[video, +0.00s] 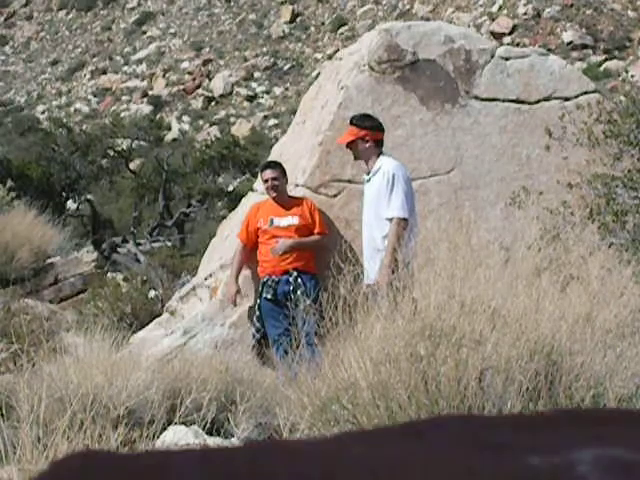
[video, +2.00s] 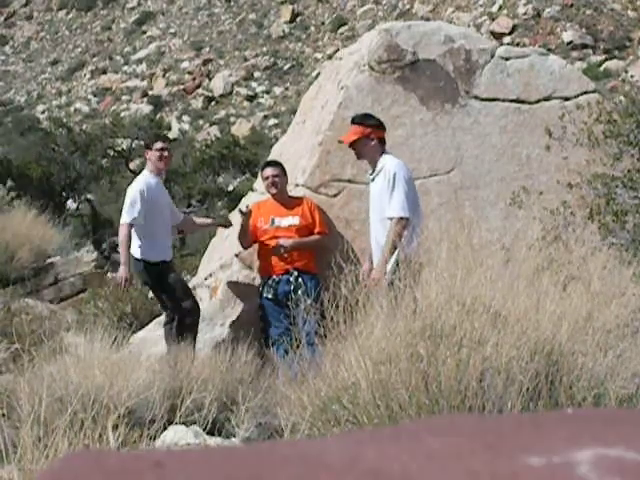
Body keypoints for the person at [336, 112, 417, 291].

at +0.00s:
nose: (349, 147)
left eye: (353, 142)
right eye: (349, 142)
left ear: (368, 141)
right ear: (366, 142)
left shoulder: (393, 171)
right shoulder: (371, 176)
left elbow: (399, 222)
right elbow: (375, 226)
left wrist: (386, 270)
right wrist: (370, 274)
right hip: (373, 277)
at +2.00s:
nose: (352, 147)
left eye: (356, 142)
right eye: (352, 143)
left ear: (373, 140)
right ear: (371, 141)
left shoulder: (395, 169)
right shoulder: (376, 173)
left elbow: (400, 220)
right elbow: (380, 222)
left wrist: (382, 266)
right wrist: (371, 260)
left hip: (400, 265)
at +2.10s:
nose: (353, 148)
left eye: (356, 143)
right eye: (353, 143)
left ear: (370, 141)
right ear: (369, 142)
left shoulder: (396, 169)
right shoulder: (379, 172)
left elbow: (401, 221)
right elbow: (381, 222)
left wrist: (382, 265)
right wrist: (371, 259)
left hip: (402, 265)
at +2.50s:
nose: (367, 146)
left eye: (368, 141)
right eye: (367, 141)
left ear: (379, 142)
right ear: (390, 140)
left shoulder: (406, 171)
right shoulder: (398, 169)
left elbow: (405, 225)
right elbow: (402, 224)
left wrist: (390, 266)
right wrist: (391, 263)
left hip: (411, 266)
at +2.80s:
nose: (377, 141)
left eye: (378, 136)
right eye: (377, 136)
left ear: (387, 138)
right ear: (405, 135)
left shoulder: (406, 169)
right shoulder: (425, 162)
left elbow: (405, 227)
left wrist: (388, 270)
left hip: (418, 261)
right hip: (438, 257)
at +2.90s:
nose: (378, 141)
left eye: (380, 136)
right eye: (378, 136)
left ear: (389, 138)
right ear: (407, 135)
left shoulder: (407, 169)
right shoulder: (427, 161)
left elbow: (406, 227)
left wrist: (389, 271)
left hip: (419, 260)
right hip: (440, 256)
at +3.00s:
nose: (380, 143)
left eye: (381, 138)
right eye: (380, 137)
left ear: (390, 138)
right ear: (408, 135)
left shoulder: (408, 169)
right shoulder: (428, 161)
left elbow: (406, 226)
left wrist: (391, 271)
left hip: (420, 260)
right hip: (441, 255)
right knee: (438, 318)